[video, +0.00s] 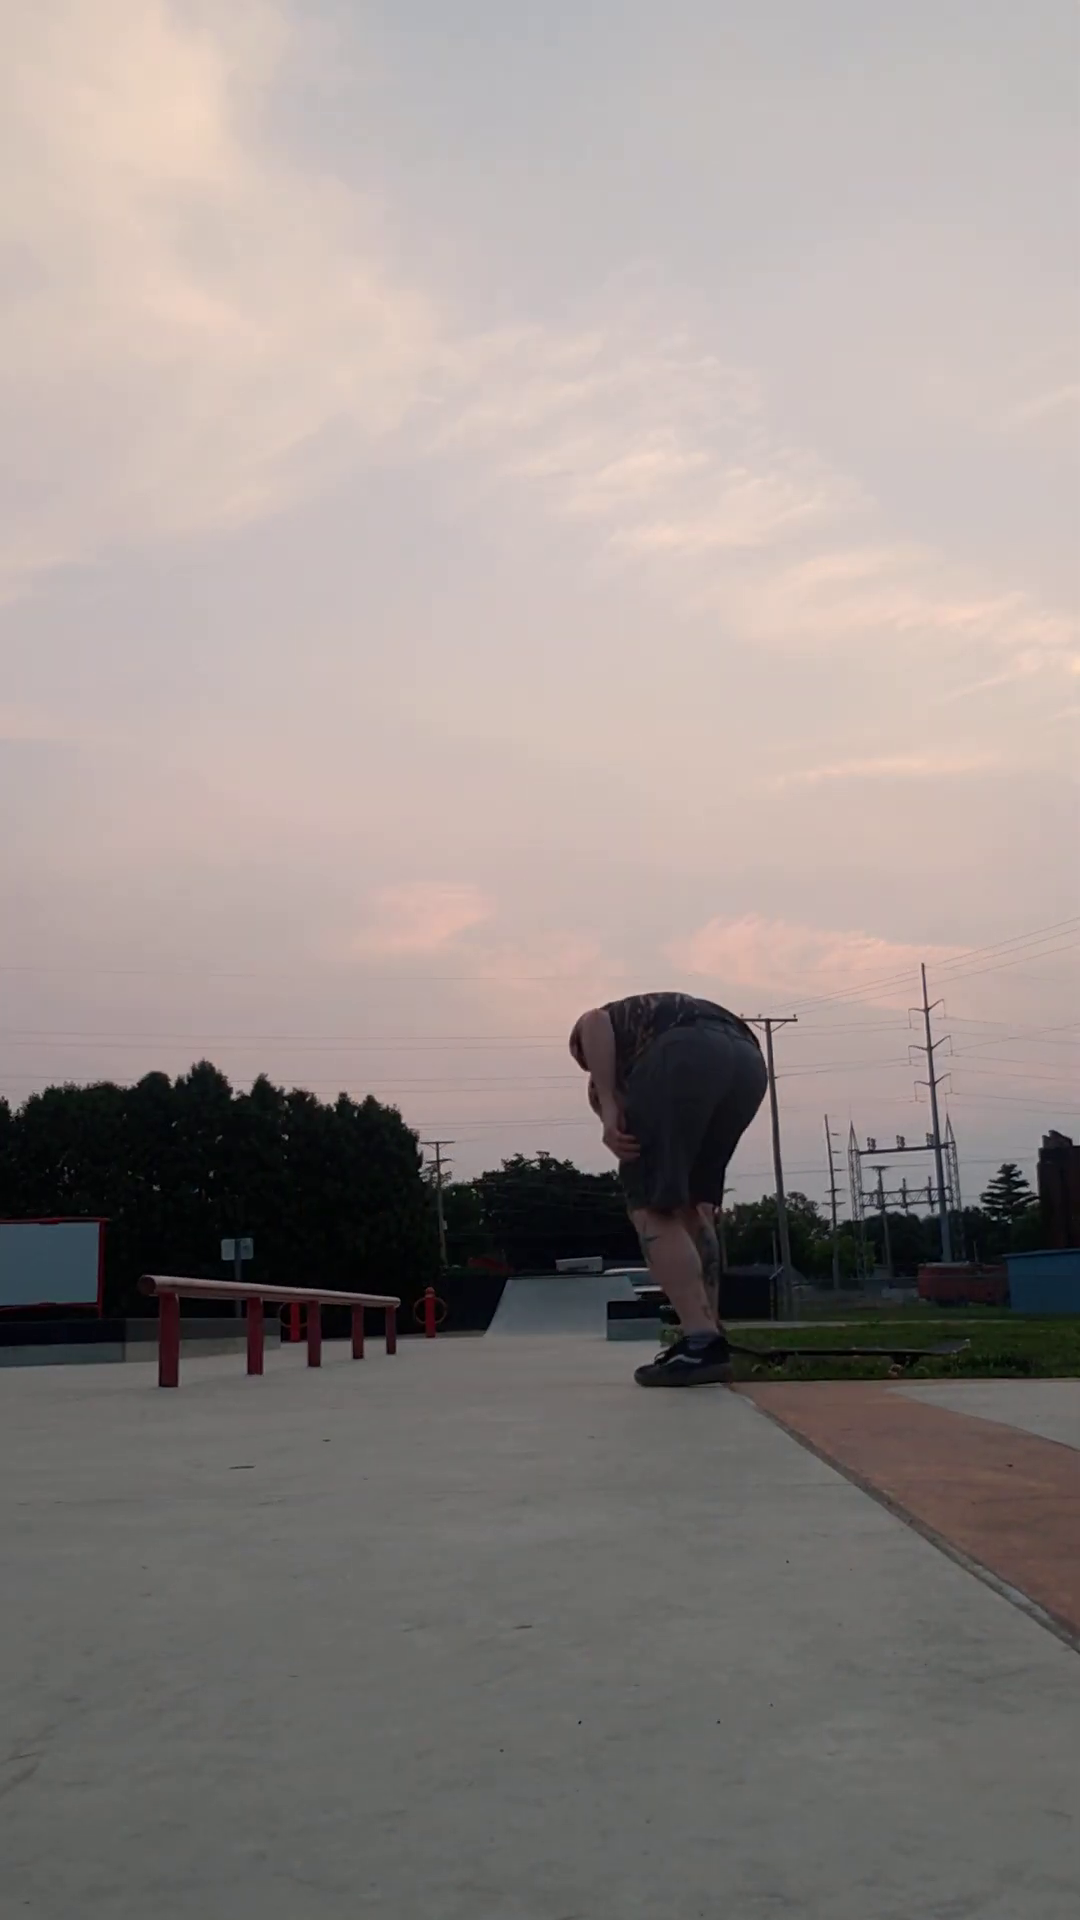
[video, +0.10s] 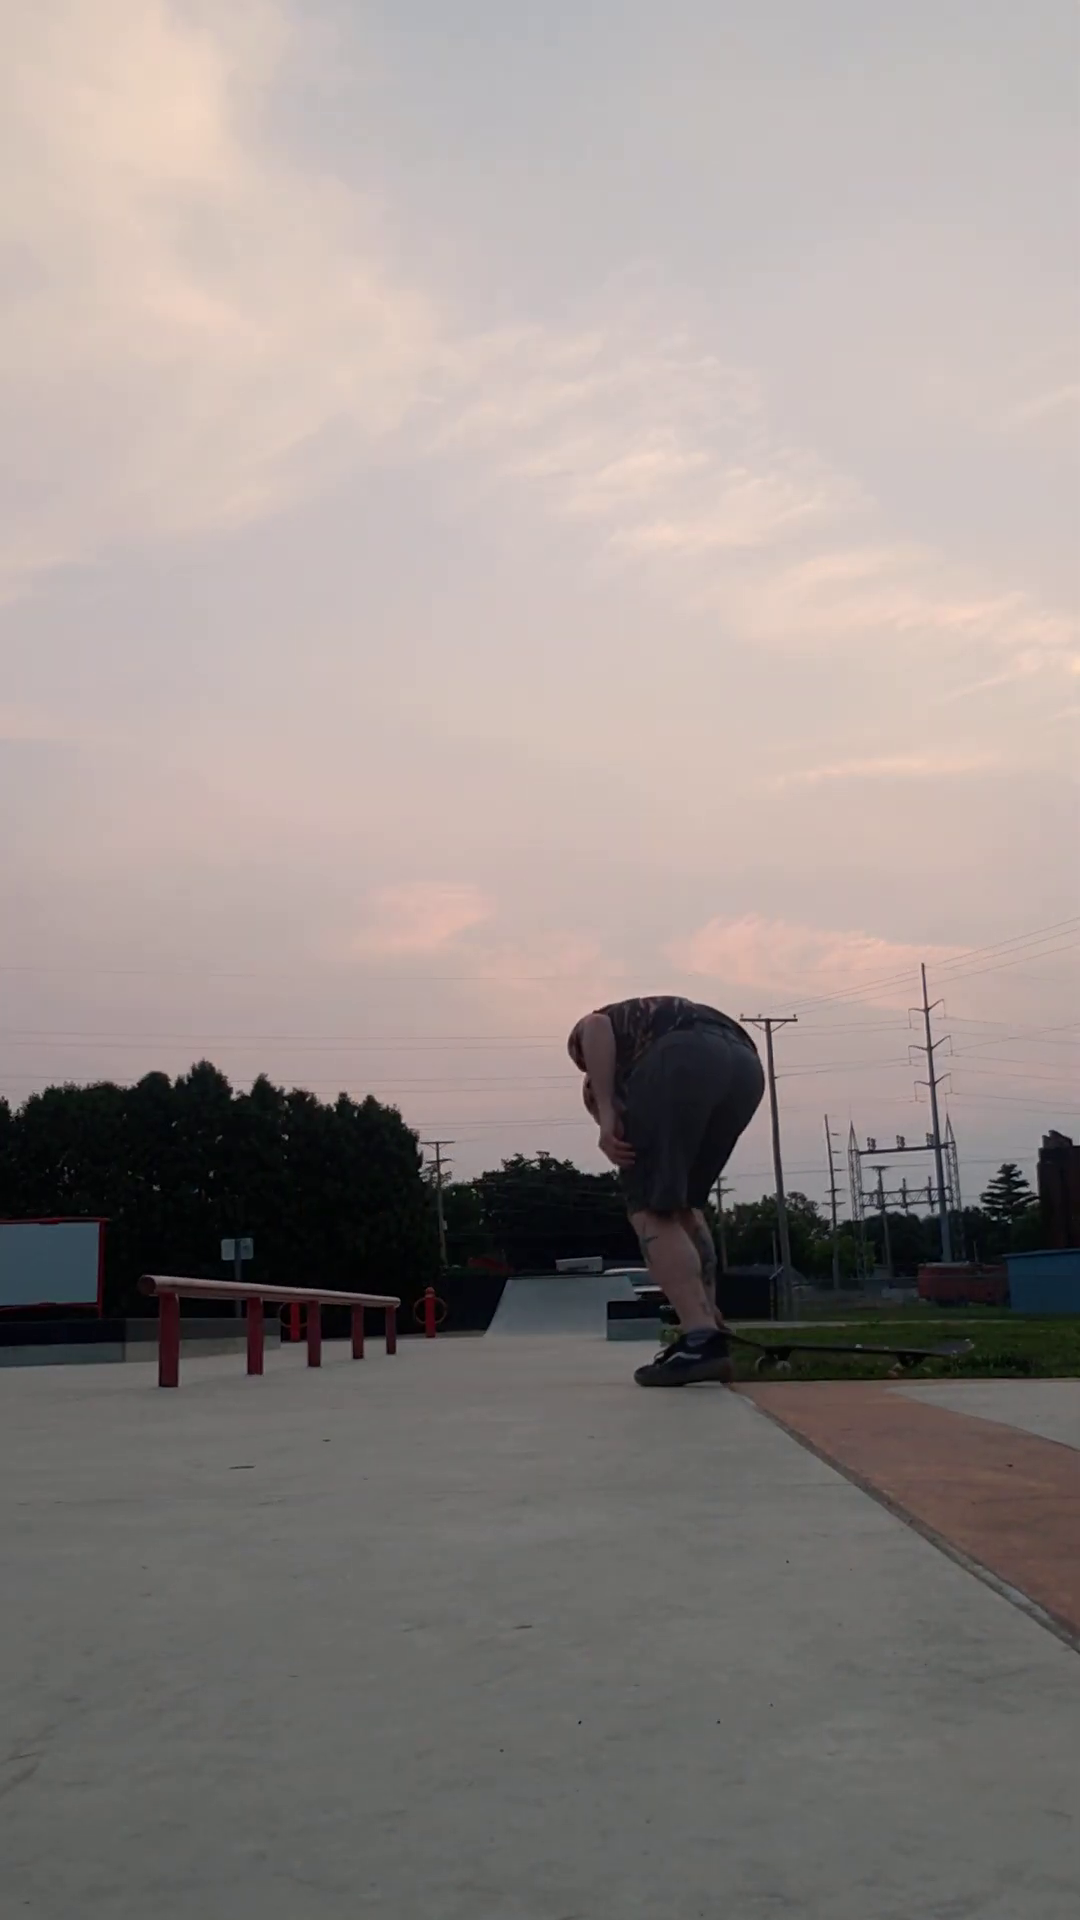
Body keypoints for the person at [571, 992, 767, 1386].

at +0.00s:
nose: (608, 1118)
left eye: (602, 1104)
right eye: (602, 1108)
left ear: (593, 1081)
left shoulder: (590, 1036)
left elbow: (594, 1021)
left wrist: (609, 1107)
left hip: (687, 1051)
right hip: (750, 1063)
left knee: (652, 1210)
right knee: (693, 1208)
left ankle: (700, 1341)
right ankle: (708, 1336)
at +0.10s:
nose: (605, 1118)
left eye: (600, 1106)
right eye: (600, 1110)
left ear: (589, 1083)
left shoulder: (585, 1040)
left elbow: (595, 1026)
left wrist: (606, 1114)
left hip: (685, 1054)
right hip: (747, 1066)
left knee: (649, 1209)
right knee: (685, 1206)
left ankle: (699, 1337)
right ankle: (710, 1326)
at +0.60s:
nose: (551, 942)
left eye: (552, 933)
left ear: (558, 930)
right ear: (595, 926)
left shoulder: (556, 942)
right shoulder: (640, 952)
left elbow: (555, 982)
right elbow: (722, 1018)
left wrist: (559, 1075)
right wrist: (698, 1089)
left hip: (633, 1047)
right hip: (698, 1049)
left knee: (600, 1187)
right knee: (684, 1196)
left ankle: (611, 1336)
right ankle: (702, 1342)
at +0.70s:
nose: (540, 925)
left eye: (540, 918)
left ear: (543, 915)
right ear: (585, 910)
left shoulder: (544, 933)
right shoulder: (627, 937)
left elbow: (543, 981)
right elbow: (701, 1001)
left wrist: (546, 1071)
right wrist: (682, 1073)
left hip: (613, 1054)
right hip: (679, 1051)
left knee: (583, 1196)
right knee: (680, 1198)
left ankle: (564, 1341)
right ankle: (703, 1342)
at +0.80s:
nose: (525, 911)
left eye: (524, 904)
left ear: (528, 900)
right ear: (571, 894)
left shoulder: (526, 924)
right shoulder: (612, 925)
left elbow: (526, 983)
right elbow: (677, 995)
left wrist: (528, 1075)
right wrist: (661, 1065)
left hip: (591, 1058)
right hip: (655, 1058)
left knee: (568, 1206)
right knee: (667, 1204)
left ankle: (554, 1347)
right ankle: (699, 1342)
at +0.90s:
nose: (511, 897)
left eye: (510, 889)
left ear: (513, 887)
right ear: (560, 883)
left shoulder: (509, 916)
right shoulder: (597, 919)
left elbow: (505, 985)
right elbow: (645, 999)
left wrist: (498, 1075)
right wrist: (623, 1061)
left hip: (561, 1065)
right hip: (626, 1064)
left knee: (547, 1206)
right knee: (628, 1197)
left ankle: (552, 1348)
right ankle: (680, 1326)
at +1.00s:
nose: (500, 883)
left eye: (499, 876)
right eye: (511, 877)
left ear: (503, 872)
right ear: (549, 873)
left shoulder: (495, 908)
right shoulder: (586, 920)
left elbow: (480, 983)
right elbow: (620, 1010)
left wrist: (467, 1067)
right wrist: (592, 1066)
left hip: (540, 1063)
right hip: (602, 1064)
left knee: (532, 1203)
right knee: (582, 1200)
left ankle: (549, 1348)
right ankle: (639, 1299)